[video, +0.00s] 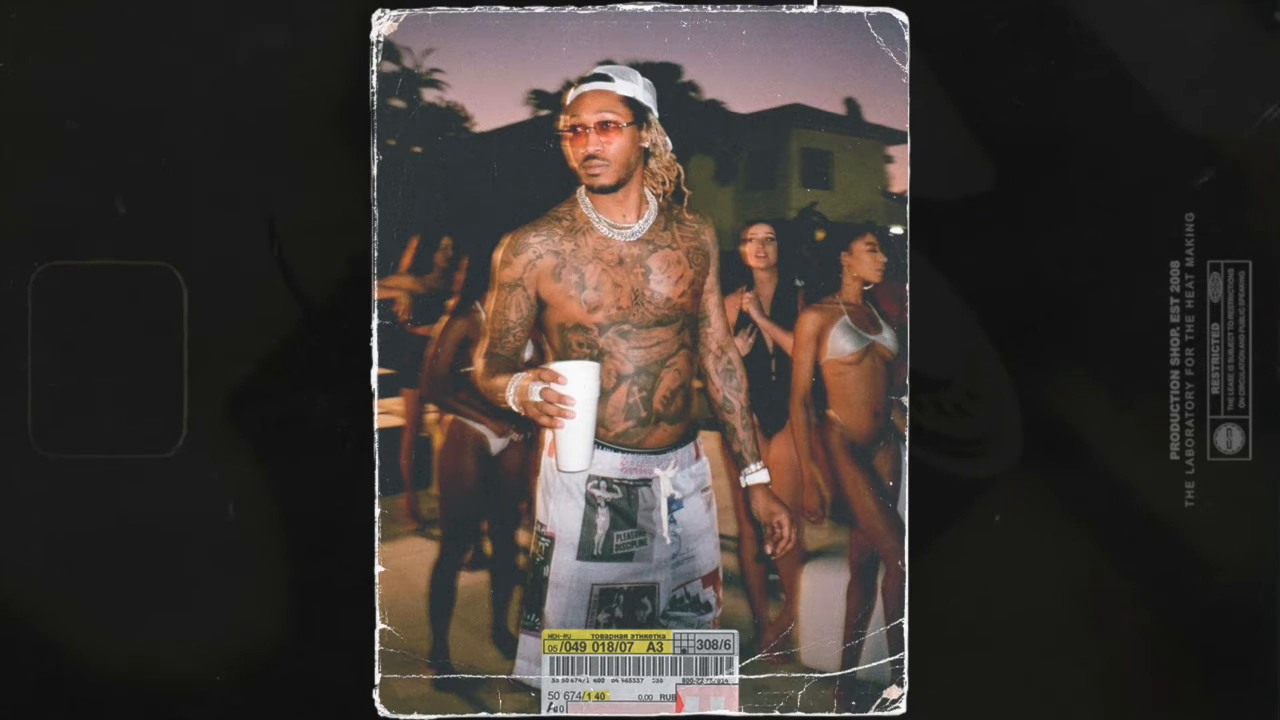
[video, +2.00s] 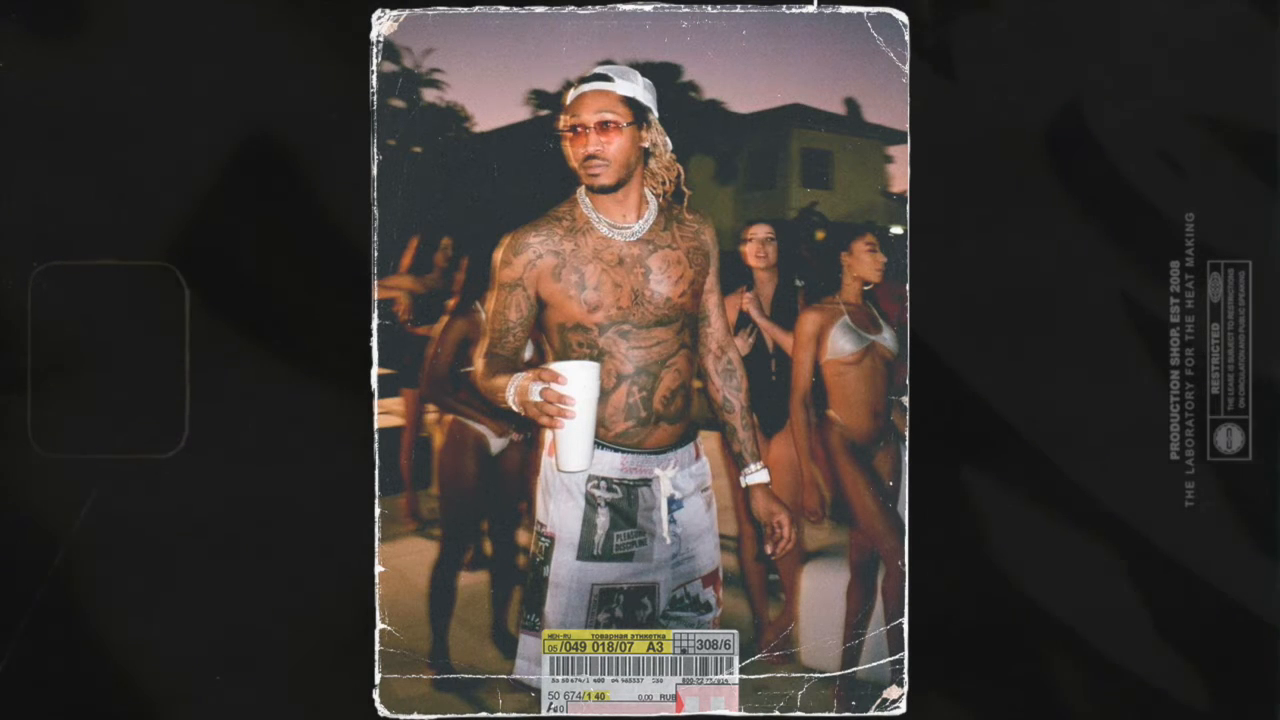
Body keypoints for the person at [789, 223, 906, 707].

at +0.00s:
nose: (882, 259)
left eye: (881, 251)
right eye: (871, 251)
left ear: (870, 261)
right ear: (844, 259)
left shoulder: (877, 315)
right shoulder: (818, 317)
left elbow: (885, 394)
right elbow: (798, 404)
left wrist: (900, 445)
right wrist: (813, 478)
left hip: (880, 448)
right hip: (838, 449)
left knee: (863, 564)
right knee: (898, 552)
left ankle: (846, 673)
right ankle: (903, 670)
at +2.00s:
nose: (882, 259)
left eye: (881, 251)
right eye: (871, 251)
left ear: (872, 262)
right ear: (844, 259)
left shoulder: (877, 315)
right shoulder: (818, 317)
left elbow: (886, 391)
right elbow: (799, 402)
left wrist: (900, 433)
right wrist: (812, 477)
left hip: (883, 447)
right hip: (839, 448)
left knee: (863, 562)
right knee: (897, 552)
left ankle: (846, 672)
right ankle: (902, 670)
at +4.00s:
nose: (882, 259)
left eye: (881, 251)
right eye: (871, 251)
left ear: (870, 262)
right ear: (843, 259)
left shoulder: (877, 315)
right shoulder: (818, 317)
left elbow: (884, 391)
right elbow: (798, 402)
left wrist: (902, 433)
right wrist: (811, 477)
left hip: (882, 447)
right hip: (839, 449)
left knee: (863, 562)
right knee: (898, 551)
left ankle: (846, 673)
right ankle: (904, 669)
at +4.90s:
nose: (882, 259)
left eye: (881, 251)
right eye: (871, 251)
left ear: (871, 262)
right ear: (844, 259)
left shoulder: (877, 316)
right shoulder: (818, 317)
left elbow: (884, 391)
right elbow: (798, 403)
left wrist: (900, 433)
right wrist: (813, 478)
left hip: (882, 448)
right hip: (838, 449)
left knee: (863, 562)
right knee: (898, 553)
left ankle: (846, 673)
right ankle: (903, 671)